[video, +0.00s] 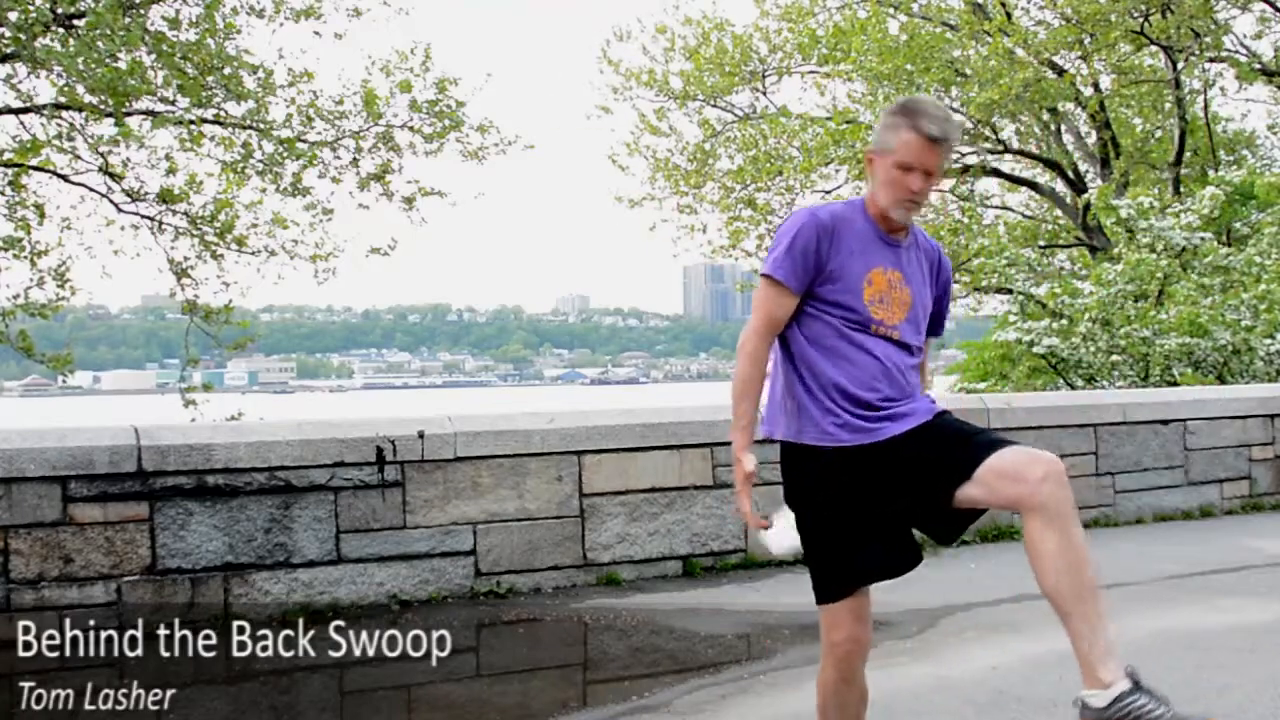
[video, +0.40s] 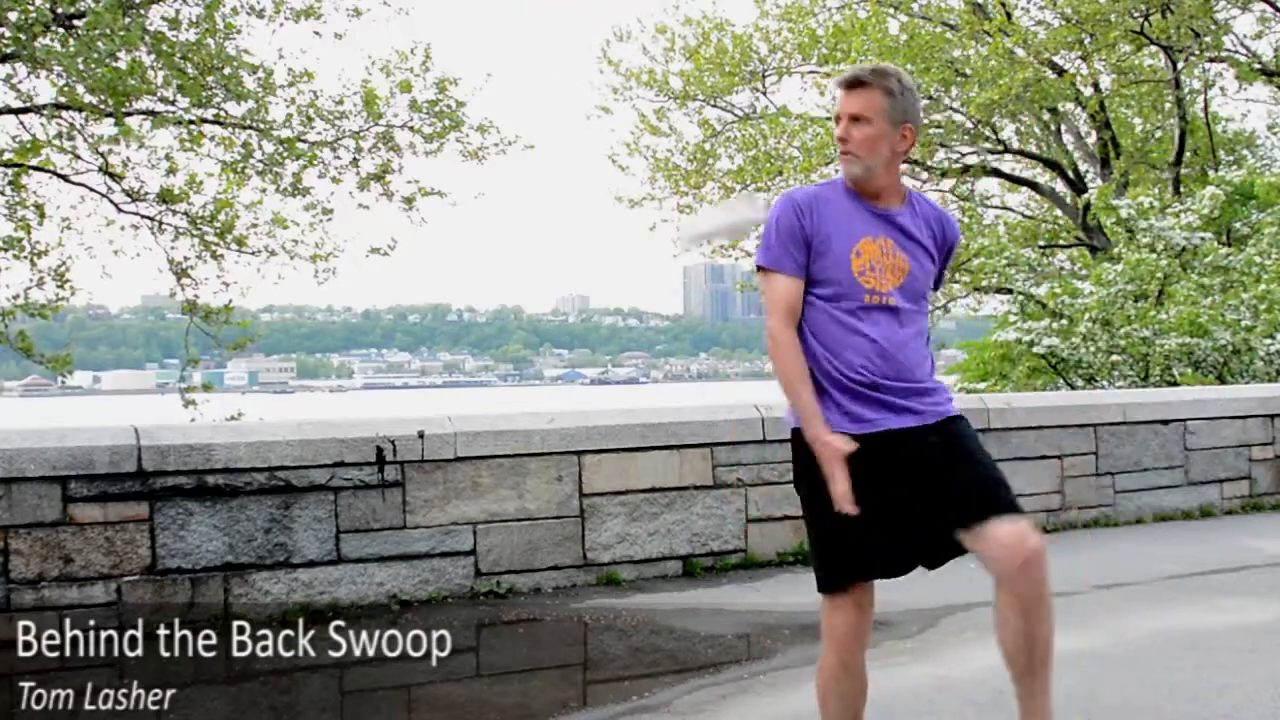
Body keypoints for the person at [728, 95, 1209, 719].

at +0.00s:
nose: (919, 187)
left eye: (931, 175)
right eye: (907, 170)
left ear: (941, 177)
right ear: (870, 160)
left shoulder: (930, 262)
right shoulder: (815, 229)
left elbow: (915, 371)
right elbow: (757, 338)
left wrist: (939, 457)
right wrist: (741, 451)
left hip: (908, 436)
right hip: (825, 453)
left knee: (1042, 478)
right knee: (846, 641)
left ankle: (1106, 685)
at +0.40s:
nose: (842, 135)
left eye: (859, 123)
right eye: (839, 122)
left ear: (904, 140)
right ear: (835, 130)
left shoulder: (938, 227)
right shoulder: (800, 210)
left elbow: (904, 325)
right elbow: (779, 328)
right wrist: (819, 435)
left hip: (928, 424)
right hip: (835, 435)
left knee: (1021, 553)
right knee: (847, 624)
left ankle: (1036, 715)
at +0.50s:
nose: (836, 123)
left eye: (852, 112)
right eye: (834, 111)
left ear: (900, 129)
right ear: (834, 122)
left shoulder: (943, 217)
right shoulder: (800, 202)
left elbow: (920, 315)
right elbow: (783, 322)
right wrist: (836, 426)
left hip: (930, 428)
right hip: (835, 431)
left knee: (998, 589)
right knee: (846, 622)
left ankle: (1022, 715)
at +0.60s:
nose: (834, 120)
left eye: (851, 107)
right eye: (833, 108)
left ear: (899, 126)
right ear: (835, 120)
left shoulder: (947, 216)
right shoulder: (800, 203)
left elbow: (938, 310)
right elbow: (783, 319)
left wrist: (894, 376)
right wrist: (837, 419)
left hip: (931, 430)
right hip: (835, 431)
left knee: (982, 603)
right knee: (845, 620)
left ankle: (1013, 716)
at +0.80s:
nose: (833, 119)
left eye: (849, 107)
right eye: (836, 107)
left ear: (897, 126)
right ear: (876, 125)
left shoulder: (953, 214)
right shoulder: (803, 210)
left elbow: (993, 298)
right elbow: (783, 326)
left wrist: (975, 387)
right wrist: (830, 417)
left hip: (930, 440)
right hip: (837, 437)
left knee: (958, 614)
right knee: (839, 622)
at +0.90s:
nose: (829, 119)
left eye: (845, 107)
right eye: (833, 106)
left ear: (891, 127)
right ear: (872, 127)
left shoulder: (950, 215)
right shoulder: (800, 213)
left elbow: (1000, 310)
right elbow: (780, 329)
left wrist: (960, 374)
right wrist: (813, 419)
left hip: (929, 446)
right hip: (836, 448)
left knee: (959, 612)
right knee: (826, 623)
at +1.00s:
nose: (824, 118)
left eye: (840, 107)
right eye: (829, 106)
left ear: (884, 127)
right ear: (871, 127)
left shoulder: (942, 212)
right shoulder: (796, 215)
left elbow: (992, 317)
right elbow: (777, 327)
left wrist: (931, 356)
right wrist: (802, 416)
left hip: (928, 448)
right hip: (834, 451)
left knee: (957, 613)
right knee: (816, 621)